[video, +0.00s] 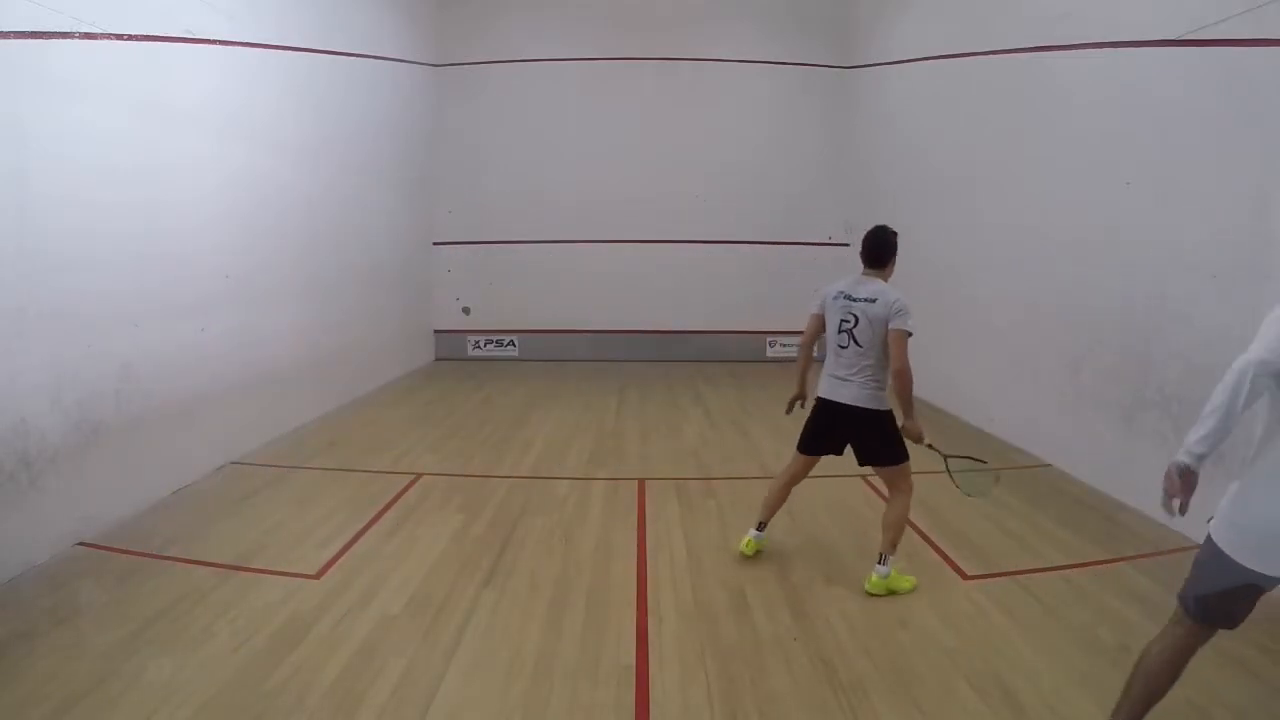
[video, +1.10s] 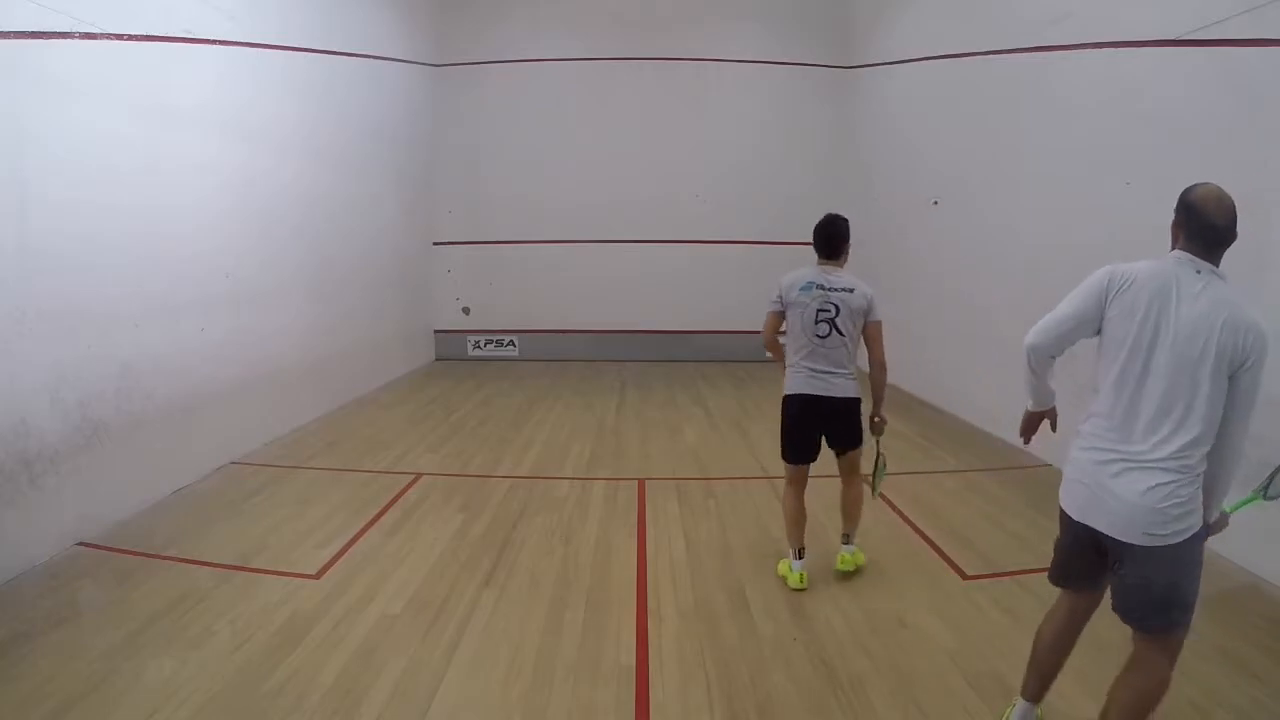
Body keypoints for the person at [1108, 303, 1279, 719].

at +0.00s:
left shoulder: (1279, 318)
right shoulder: (1278, 320)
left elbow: (1258, 364)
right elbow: (1257, 366)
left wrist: (1191, 454)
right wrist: (1192, 454)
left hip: (1265, 511)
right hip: (1265, 511)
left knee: (1188, 627)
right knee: (1189, 626)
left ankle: (1122, 714)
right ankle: (1123, 713)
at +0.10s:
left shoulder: (1253, 315)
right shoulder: (1253, 316)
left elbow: (1197, 376)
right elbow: (1197, 376)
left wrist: (1155, 470)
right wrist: (1156, 471)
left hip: (1225, 531)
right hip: (1275, 546)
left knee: (1151, 651)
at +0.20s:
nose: (1257, 266)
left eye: (1257, 257)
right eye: (1261, 258)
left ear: (1262, 257)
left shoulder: (1218, 301)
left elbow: (1145, 362)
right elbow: (1145, 365)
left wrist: (1118, 456)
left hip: (1188, 520)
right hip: (1268, 539)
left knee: (1131, 654)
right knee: (1273, 661)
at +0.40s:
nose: (1233, 231)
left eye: (1233, 223)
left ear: (1239, 222)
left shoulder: (1185, 266)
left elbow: (1094, 313)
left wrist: (1053, 416)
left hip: (1148, 513)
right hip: (1236, 538)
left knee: (1113, 652)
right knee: (1195, 665)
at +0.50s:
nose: (1226, 236)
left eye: (1227, 229)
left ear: (1231, 232)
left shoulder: (1175, 279)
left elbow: (1084, 334)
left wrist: (1034, 436)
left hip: (1119, 532)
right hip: (1206, 562)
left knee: (1110, 647)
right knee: (1145, 700)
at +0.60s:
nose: (1220, 249)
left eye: (1221, 241)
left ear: (1223, 247)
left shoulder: (1163, 298)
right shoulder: (1275, 331)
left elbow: (1082, 367)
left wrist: (1019, 467)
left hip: (1099, 539)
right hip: (1179, 570)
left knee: (1104, 637)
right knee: (1129, 706)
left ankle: (1070, 713)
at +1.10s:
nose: (1175, 226)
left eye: (1175, 217)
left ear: (1176, 227)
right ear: (1231, 242)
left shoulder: (1119, 281)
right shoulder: (1247, 328)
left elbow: (1040, 344)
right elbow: (1229, 441)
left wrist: (1040, 401)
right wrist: (1208, 509)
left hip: (1085, 497)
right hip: (1164, 521)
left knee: (1073, 598)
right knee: (1155, 651)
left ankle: (1023, 710)